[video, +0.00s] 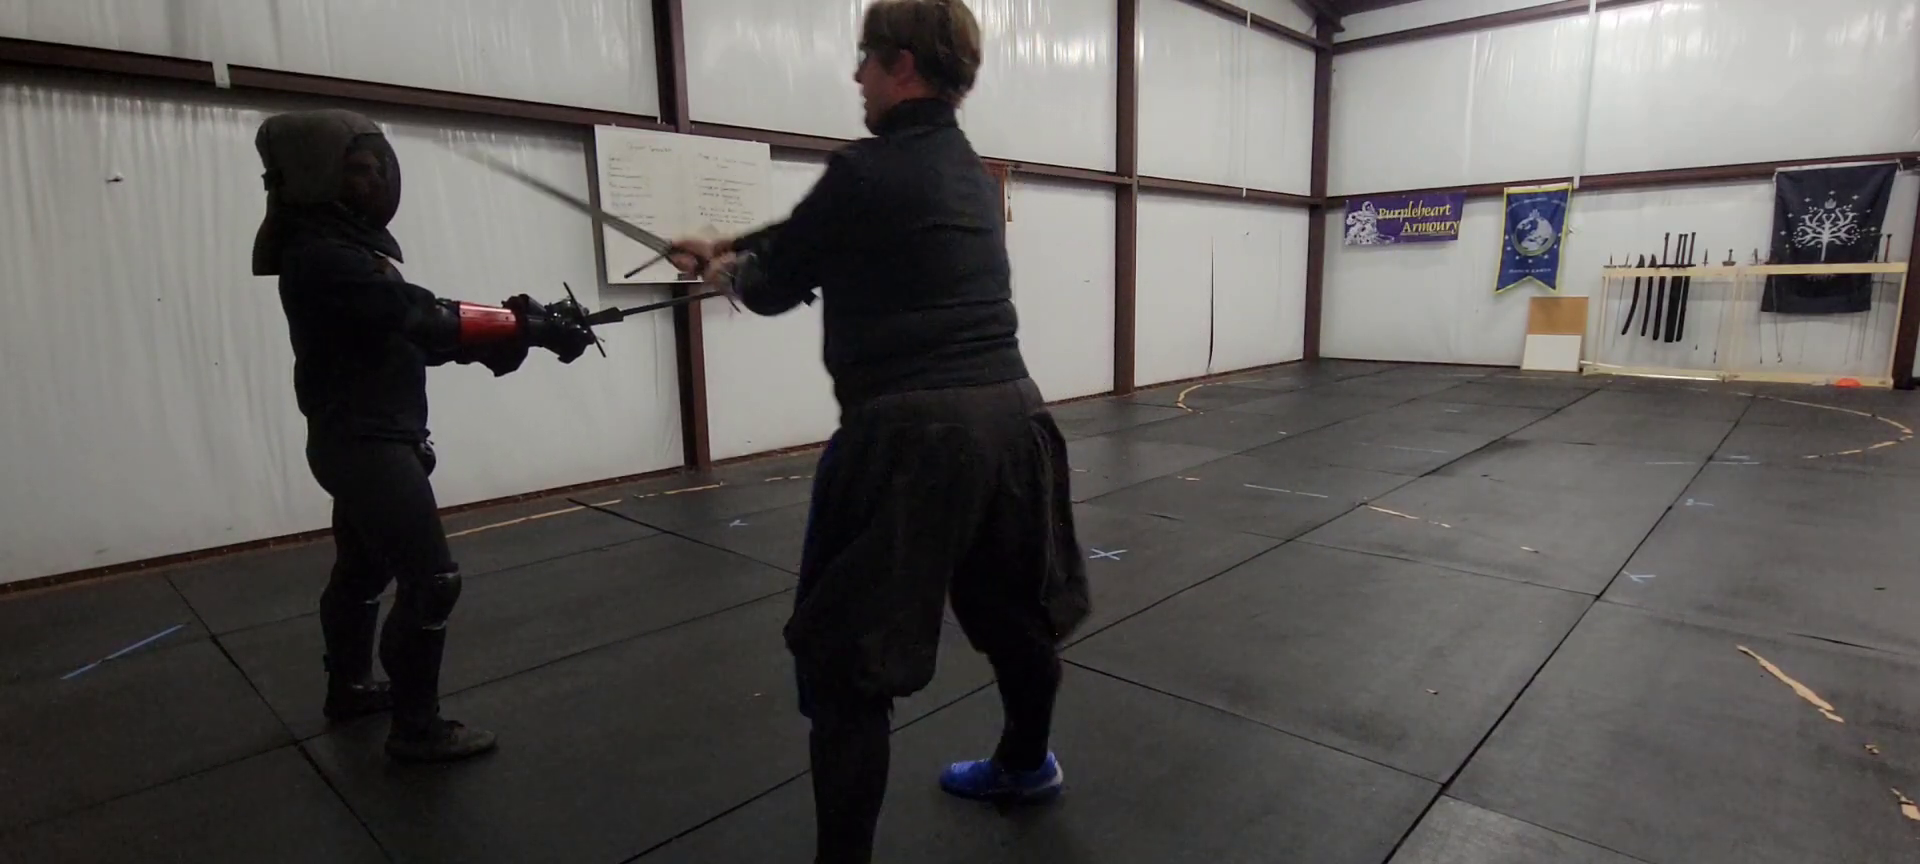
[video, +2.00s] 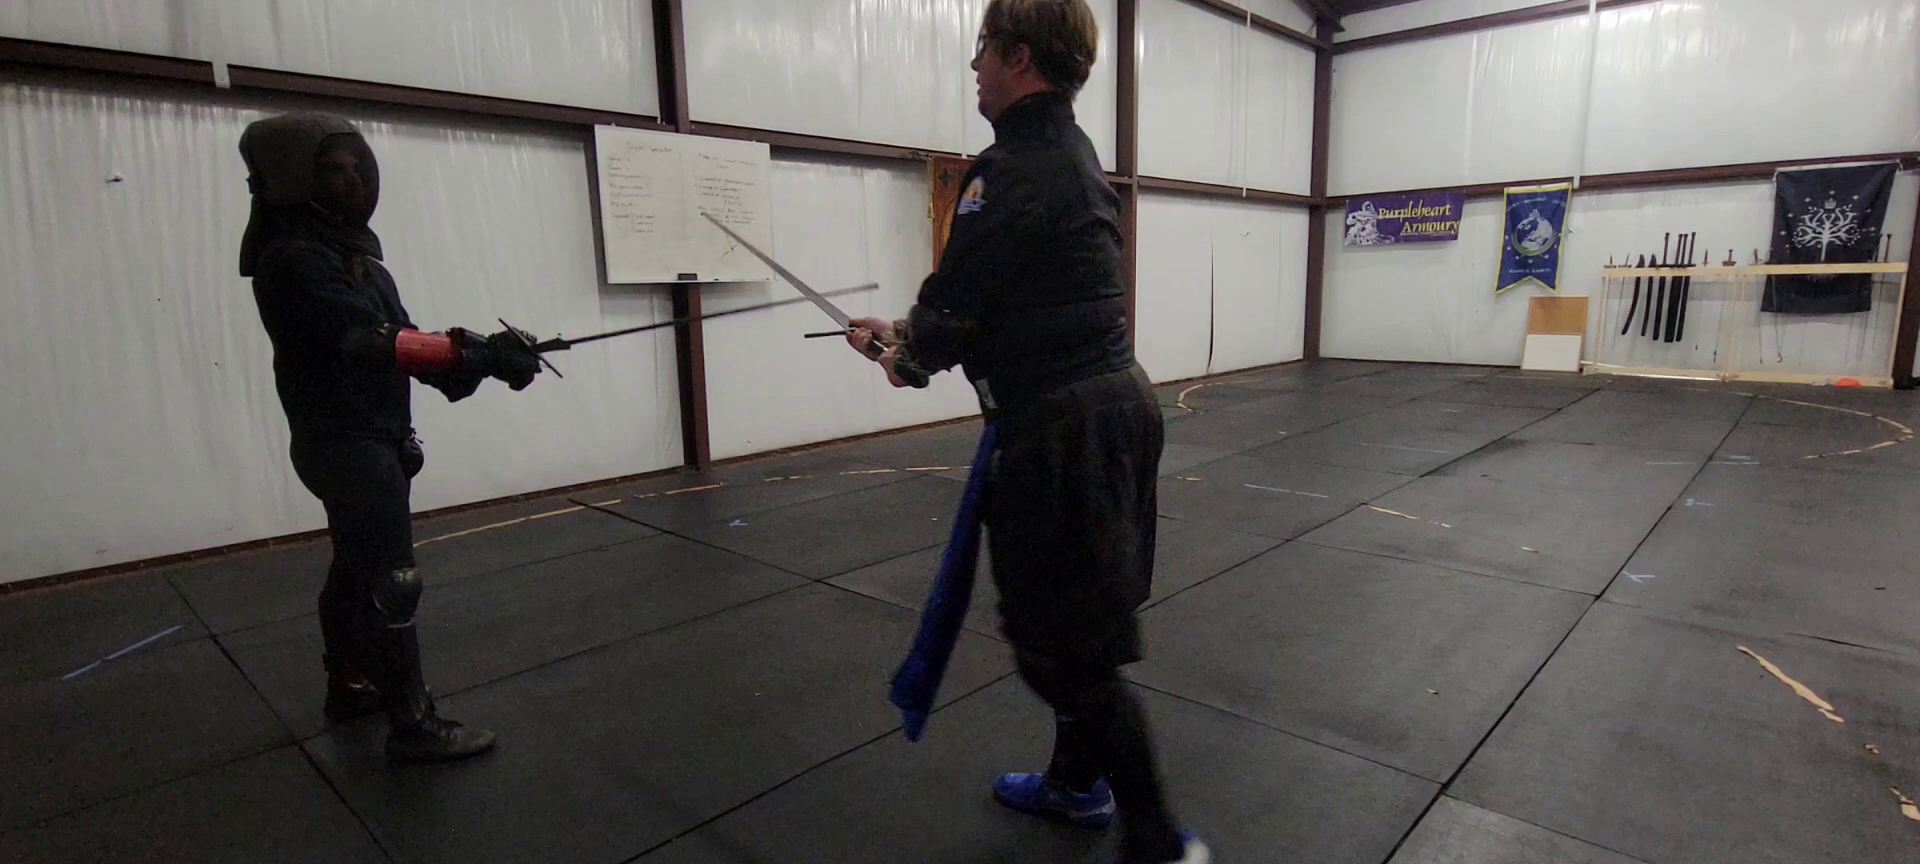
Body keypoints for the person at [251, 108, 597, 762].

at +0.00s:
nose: (381, 177)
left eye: (381, 164)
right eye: (364, 166)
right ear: (327, 177)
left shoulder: (348, 246)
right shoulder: (322, 256)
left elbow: (415, 326)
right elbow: (415, 317)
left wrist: (505, 327)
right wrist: (522, 324)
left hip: (376, 444)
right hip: (369, 449)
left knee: (360, 573)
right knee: (430, 583)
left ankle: (351, 691)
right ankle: (417, 728)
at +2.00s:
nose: (363, 183)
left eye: (365, 170)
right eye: (346, 172)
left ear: (367, 176)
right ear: (311, 182)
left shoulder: (347, 245)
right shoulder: (292, 256)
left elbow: (388, 333)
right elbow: (360, 342)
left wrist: (462, 358)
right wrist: (473, 355)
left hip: (375, 439)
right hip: (344, 445)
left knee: (358, 569)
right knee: (392, 581)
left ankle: (350, 688)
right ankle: (410, 724)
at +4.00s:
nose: (375, 176)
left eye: (378, 165)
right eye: (360, 165)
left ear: (382, 174)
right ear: (324, 176)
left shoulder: (349, 249)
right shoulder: (319, 256)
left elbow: (378, 357)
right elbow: (377, 348)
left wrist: (401, 438)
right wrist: (440, 371)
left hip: (371, 440)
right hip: (354, 445)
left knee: (358, 568)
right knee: (393, 573)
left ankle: (350, 687)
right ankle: (413, 718)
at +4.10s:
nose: (389, 181)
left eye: (388, 168)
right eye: (377, 168)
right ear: (346, 176)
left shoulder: (343, 250)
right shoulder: (325, 257)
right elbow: (371, 353)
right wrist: (432, 361)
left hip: (364, 440)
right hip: (361, 445)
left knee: (358, 566)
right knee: (392, 571)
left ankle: (349, 686)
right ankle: (412, 719)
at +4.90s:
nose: (432, 196)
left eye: (433, 183)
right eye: (422, 183)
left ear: (358, 189)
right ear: (389, 188)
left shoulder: (341, 256)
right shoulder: (374, 261)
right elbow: (423, 363)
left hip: (357, 443)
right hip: (382, 447)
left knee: (378, 568)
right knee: (447, 578)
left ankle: (350, 688)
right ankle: (441, 721)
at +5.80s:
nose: (439, 192)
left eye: (437, 180)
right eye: (431, 180)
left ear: (348, 187)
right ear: (407, 189)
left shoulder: (306, 268)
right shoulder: (406, 268)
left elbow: (383, 342)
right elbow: (461, 344)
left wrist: (471, 330)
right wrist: (507, 336)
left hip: (339, 448)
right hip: (398, 451)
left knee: (360, 570)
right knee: (459, 577)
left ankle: (349, 691)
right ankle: (444, 723)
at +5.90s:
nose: (446, 195)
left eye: (444, 182)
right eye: (439, 183)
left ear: (358, 186)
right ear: (419, 191)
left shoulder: (314, 261)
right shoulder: (414, 267)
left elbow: (288, 345)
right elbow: (461, 352)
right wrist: (481, 328)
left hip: (340, 445)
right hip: (398, 449)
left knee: (360, 568)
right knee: (460, 577)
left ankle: (348, 690)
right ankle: (444, 722)